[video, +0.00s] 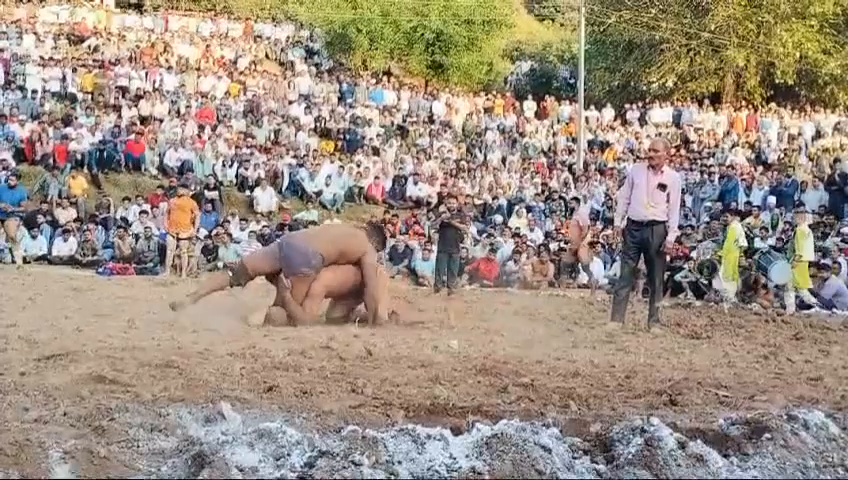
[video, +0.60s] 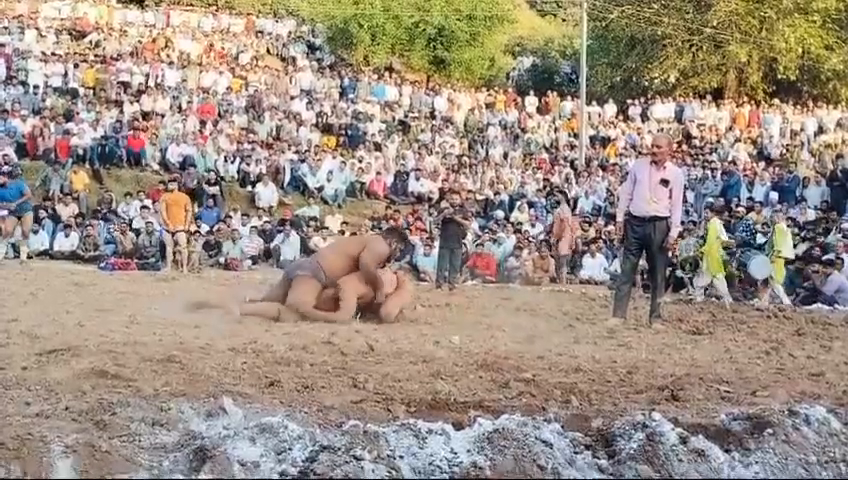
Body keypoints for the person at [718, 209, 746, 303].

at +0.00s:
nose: (726, 219)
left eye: (727, 217)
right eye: (725, 217)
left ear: (733, 217)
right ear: (733, 217)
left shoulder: (733, 227)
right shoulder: (737, 226)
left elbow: (729, 243)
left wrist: (722, 253)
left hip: (731, 254)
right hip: (735, 253)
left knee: (727, 275)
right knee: (733, 274)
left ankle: (728, 296)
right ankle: (731, 295)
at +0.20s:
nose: (721, 219)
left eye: (724, 217)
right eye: (721, 217)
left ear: (730, 217)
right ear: (721, 218)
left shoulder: (733, 227)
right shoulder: (725, 228)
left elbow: (738, 244)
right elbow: (724, 244)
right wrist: (718, 252)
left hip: (728, 257)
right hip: (722, 256)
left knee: (727, 279)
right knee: (724, 278)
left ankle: (727, 302)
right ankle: (726, 301)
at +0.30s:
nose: (719, 219)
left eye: (720, 217)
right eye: (718, 217)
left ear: (726, 216)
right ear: (723, 217)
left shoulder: (726, 227)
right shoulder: (727, 226)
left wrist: (715, 252)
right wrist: (716, 251)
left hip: (725, 256)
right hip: (725, 255)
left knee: (725, 278)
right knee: (725, 277)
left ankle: (727, 301)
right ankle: (727, 301)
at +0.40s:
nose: (714, 219)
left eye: (716, 216)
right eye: (713, 216)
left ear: (723, 216)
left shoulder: (722, 227)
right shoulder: (721, 226)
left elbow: (719, 245)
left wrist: (710, 253)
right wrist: (711, 253)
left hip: (719, 258)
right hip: (721, 258)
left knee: (704, 282)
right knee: (724, 282)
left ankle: (699, 302)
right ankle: (728, 304)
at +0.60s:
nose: (706, 215)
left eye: (707, 213)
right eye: (706, 213)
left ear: (712, 213)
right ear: (717, 213)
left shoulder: (712, 224)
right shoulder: (718, 223)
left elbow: (710, 241)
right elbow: (723, 239)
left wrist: (703, 250)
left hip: (711, 253)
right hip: (716, 253)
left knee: (704, 274)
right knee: (718, 276)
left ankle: (698, 296)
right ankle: (727, 298)